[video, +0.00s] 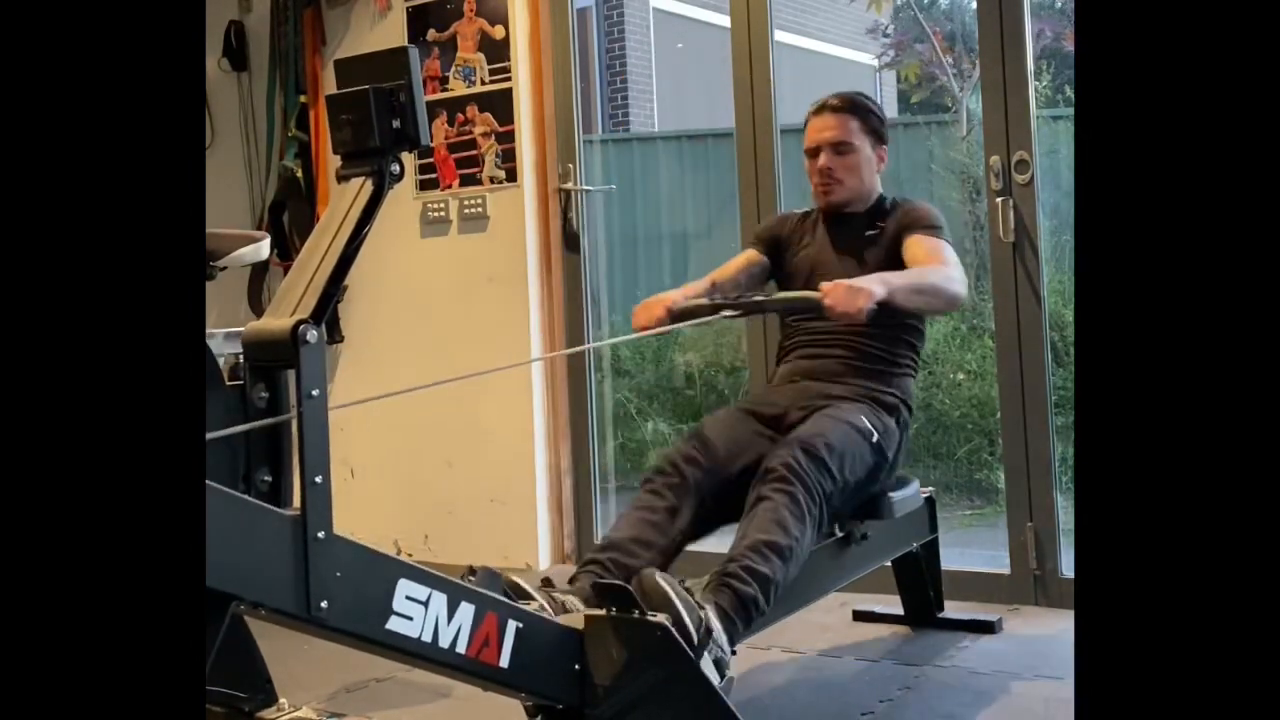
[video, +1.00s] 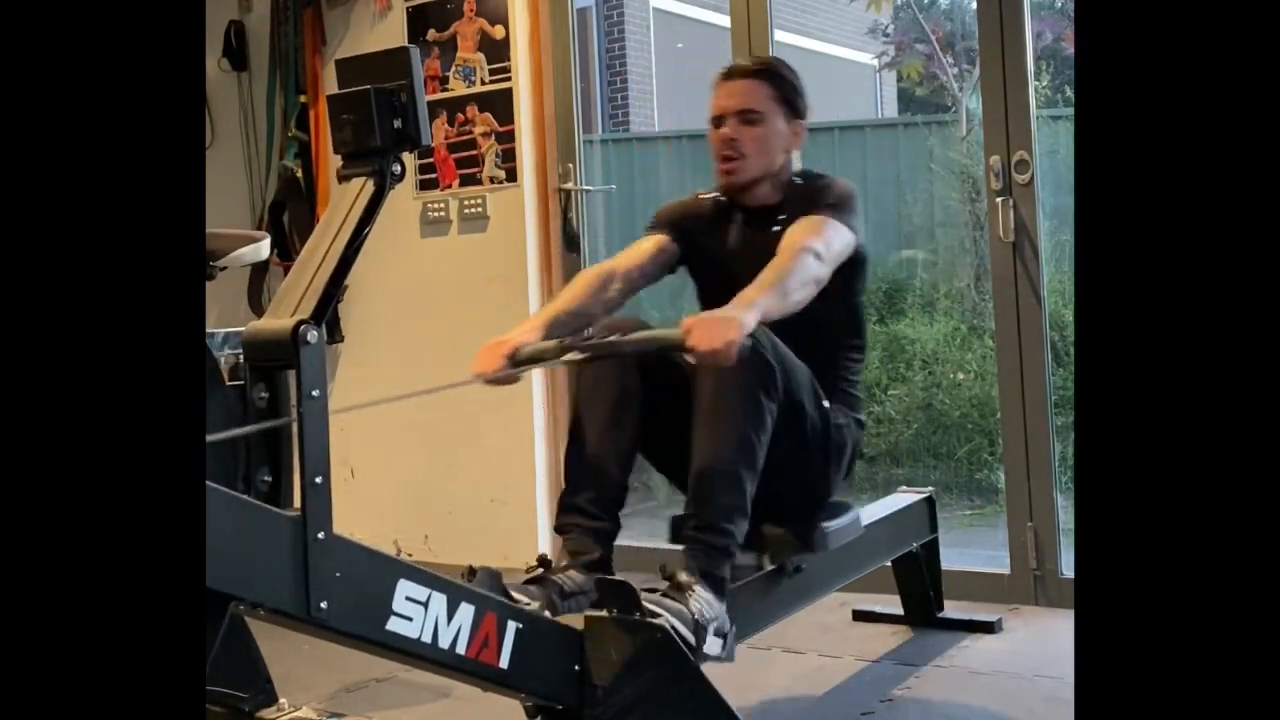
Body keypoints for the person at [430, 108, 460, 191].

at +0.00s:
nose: (446, 118)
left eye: (446, 116)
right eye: (445, 116)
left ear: (442, 116)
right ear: (440, 116)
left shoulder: (443, 125)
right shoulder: (437, 123)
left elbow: (453, 132)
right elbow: (439, 138)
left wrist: (457, 122)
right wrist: (442, 150)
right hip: (440, 148)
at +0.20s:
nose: (446, 118)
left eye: (446, 116)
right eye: (445, 116)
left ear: (442, 116)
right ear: (441, 116)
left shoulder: (441, 124)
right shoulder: (438, 123)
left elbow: (453, 132)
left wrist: (457, 122)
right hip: (440, 147)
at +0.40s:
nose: (446, 118)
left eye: (446, 116)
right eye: (445, 116)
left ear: (442, 116)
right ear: (441, 116)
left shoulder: (443, 125)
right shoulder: (437, 123)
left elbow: (453, 132)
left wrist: (457, 122)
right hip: (440, 148)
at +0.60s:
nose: (446, 118)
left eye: (446, 116)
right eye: (444, 116)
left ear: (442, 116)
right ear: (440, 116)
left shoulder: (441, 125)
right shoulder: (438, 123)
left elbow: (453, 132)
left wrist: (457, 122)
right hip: (440, 147)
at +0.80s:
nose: (446, 118)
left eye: (446, 115)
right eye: (445, 115)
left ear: (443, 116)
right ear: (440, 116)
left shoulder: (443, 125)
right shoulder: (437, 123)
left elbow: (453, 132)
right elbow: (439, 138)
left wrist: (457, 122)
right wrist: (442, 150)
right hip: (439, 147)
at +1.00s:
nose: (446, 118)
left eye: (446, 116)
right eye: (444, 116)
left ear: (443, 116)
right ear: (440, 116)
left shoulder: (443, 125)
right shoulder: (437, 123)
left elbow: (453, 132)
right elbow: (439, 138)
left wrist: (457, 122)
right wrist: (442, 150)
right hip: (439, 146)